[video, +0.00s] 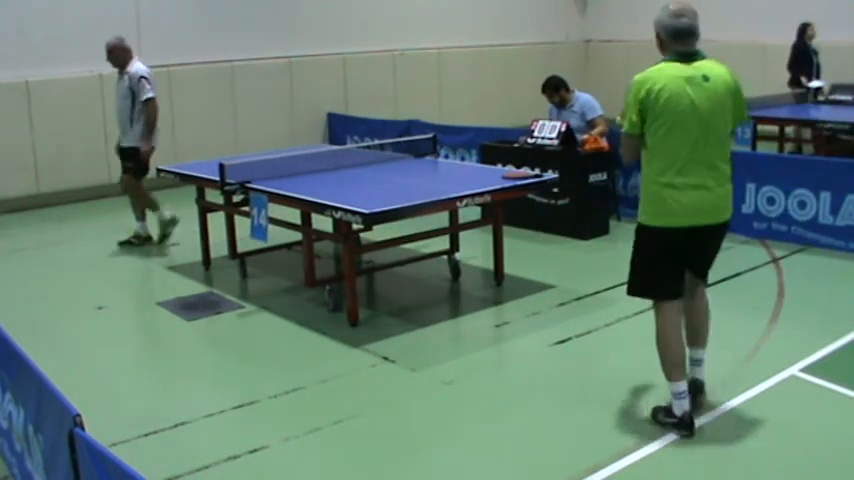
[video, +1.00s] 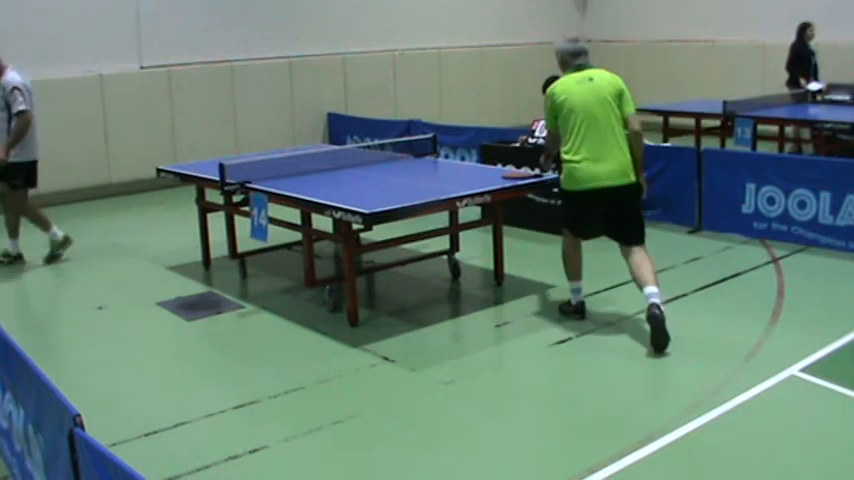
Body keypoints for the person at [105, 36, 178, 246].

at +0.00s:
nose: (109, 60)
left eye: (111, 55)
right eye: (108, 56)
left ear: (124, 52)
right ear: (116, 54)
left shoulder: (138, 73)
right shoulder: (123, 75)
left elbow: (151, 105)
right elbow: (127, 110)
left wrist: (147, 141)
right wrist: (121, 139)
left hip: (138, 143)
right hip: (126, 142)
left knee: (130, 183)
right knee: (132, 186)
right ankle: (142, 229)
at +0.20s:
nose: (86, 68)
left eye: (87, 63)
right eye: (84, 64)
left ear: (98, 57)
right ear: (97, 58)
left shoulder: (114, 78)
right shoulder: (100, 78)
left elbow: (129, 111)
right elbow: (99, 113)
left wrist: (127, 146)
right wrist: (86, 136)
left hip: (114, 147)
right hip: (109, 146)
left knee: (98, 189)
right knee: (126, 189)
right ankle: (141, 232)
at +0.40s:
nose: (57, 74)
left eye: (57, 69)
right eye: (55, 70)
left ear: (68, 64)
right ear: (71, 62)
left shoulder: (84, 82)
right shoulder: (75, 81)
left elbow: (98, 117)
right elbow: (78, 116)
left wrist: (99, 155)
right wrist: (69, 141)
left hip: (83, 152)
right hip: (82, 151)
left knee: (73, 196)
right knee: (101, 191)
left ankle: (72, 245)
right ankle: (133, 225)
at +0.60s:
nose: (30, 73)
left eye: (30, 67)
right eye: (28, 68)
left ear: (40, 61)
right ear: (41, 60)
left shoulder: (56, 80)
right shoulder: (54, 77)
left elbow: (65, 116)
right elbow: (63, 115)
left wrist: (57, 151)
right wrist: (54, 146)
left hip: (64, 151)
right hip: (58, 149)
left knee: (62, 194)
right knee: (50, 190)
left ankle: (71, 244)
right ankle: (86, 223)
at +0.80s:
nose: (7, 74)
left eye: (7, 69)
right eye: (5, 70)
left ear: (17, 62)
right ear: (17, 62)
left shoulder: (33, 81)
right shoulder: (30, 79)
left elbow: (41, 116)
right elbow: (38, 117)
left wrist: (21, 146)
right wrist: (23, 146)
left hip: (43, 152)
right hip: (37, 152)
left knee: (53, 196)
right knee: (27, 196)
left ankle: (70, 245)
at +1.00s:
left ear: (0, 65)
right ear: (3, 63)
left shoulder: (12, 82)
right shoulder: (9, 82)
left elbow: (24, 118)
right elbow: (22, 119)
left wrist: (7, 148)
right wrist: (7, 147)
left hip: (19, 158)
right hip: (11, 158)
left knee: (19, 203)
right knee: (11, 204)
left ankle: (57, 237)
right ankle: (13, 249)